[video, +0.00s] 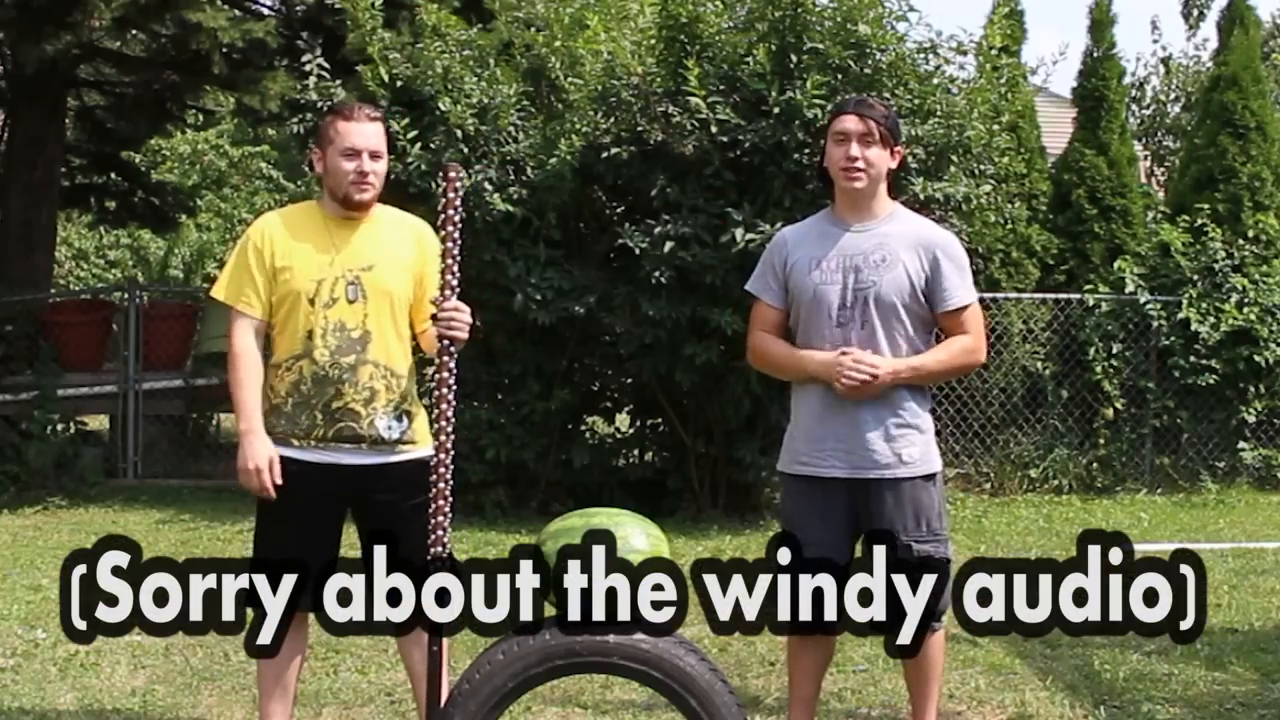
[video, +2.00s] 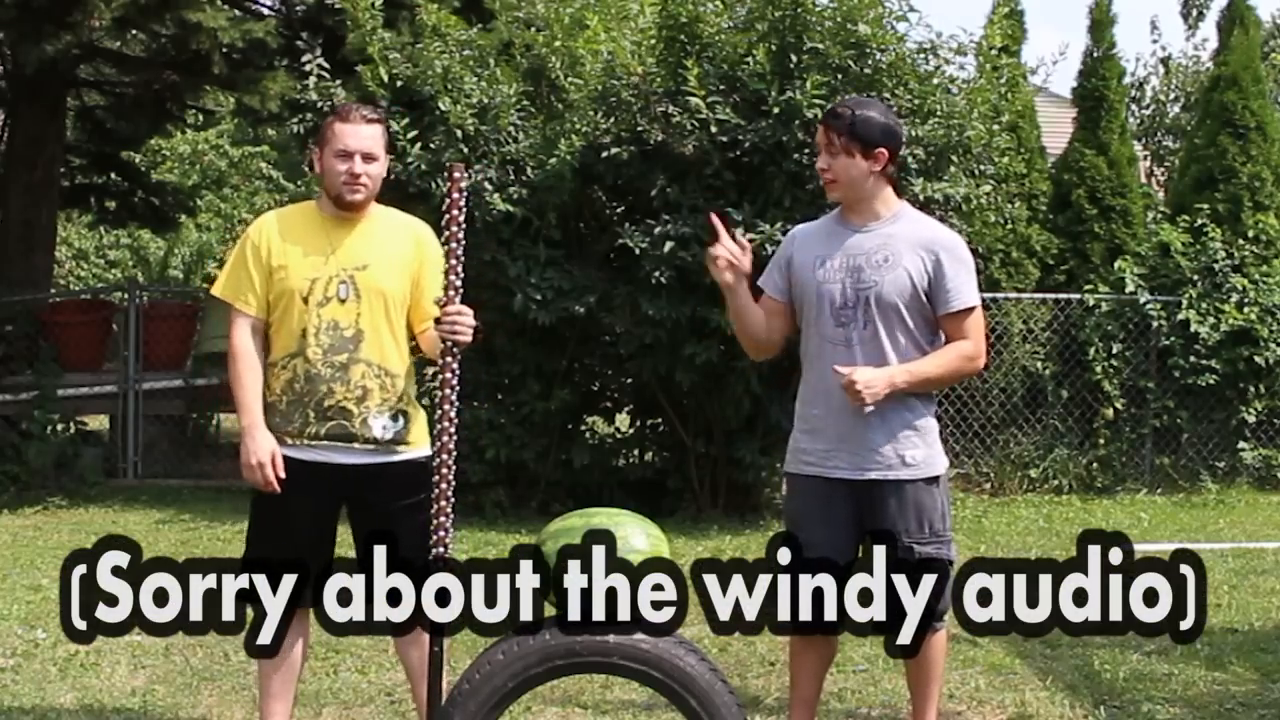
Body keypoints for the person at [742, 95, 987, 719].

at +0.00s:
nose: (852, 152)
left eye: (866, 141)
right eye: (840, 140)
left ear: (892, 156)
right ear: (824, 154)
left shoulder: (933, 243)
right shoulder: (790, 243)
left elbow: (972, 345)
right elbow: (759, 344)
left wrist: (895, 369)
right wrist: (819, 365)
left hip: (904, 465)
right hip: (813, 463)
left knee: (921, 610)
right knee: (808, 610)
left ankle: (924, 717)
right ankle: (799, 717)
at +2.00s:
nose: (821, 165)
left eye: (835, 153)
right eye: (819, 152)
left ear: (879, 159)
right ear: (819, 156)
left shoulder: (937, 244)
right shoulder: (801, 243)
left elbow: (972, 351)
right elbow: (764, 340)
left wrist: (892, 376)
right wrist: (735, 288)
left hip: (907, 468)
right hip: (817, 464)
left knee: (922, 613)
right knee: (811, 610)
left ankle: (925, 717)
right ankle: (799, 716)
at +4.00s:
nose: (822, 160)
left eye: (835, 149)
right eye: (822, 148)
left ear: (880, 158)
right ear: (829, 156)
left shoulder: (936, 245)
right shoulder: (805, 241)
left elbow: (966, 353)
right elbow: (739, 316)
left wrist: (879, 380)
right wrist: (677, 271)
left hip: (907, 467)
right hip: (818, 463)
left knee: (923, 612)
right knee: (812, 609)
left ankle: (925, 718)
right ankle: (799, 716)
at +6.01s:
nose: (823, 158)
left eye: (838, 146)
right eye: (820, 146)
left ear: (880, 155)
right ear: (818, 154)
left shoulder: (934, 242)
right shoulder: (803, 245)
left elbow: (961, 351)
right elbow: (778, 345)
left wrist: (875, 373)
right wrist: (705, 349)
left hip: (904, 466)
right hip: (815, 463)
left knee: (922, 613)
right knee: (809, 611)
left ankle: (923, 716)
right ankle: (799, 716)